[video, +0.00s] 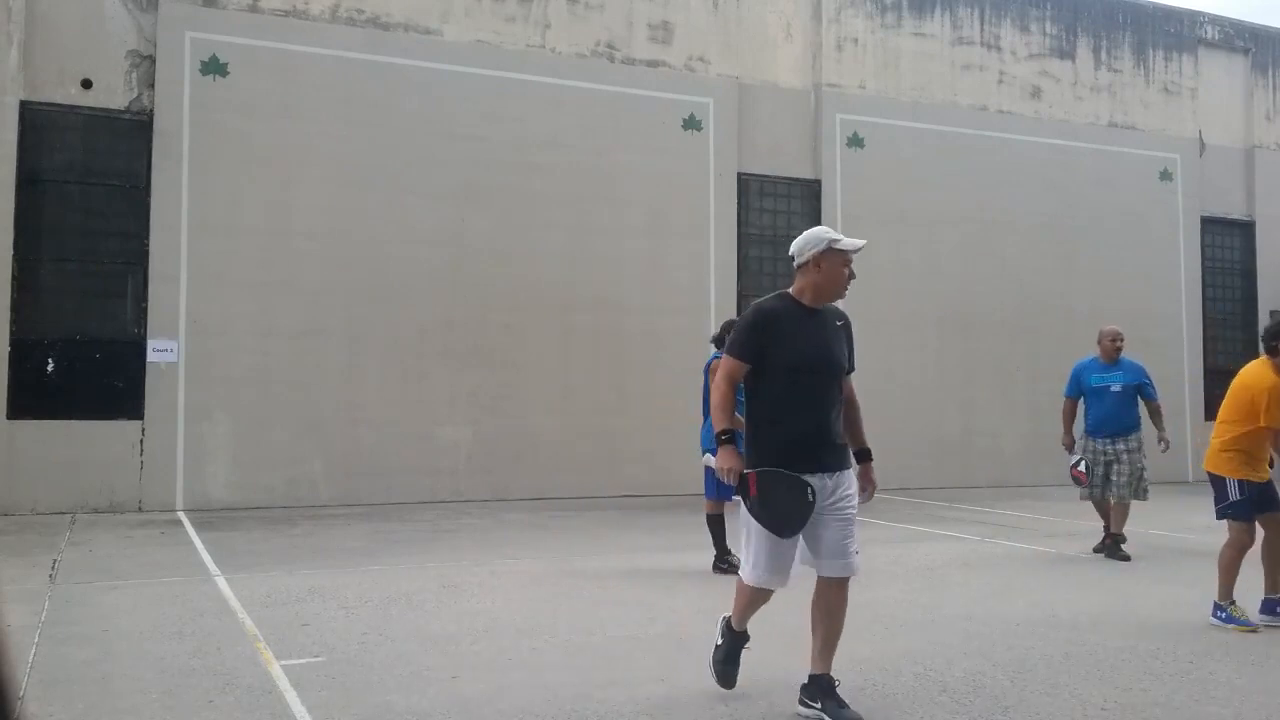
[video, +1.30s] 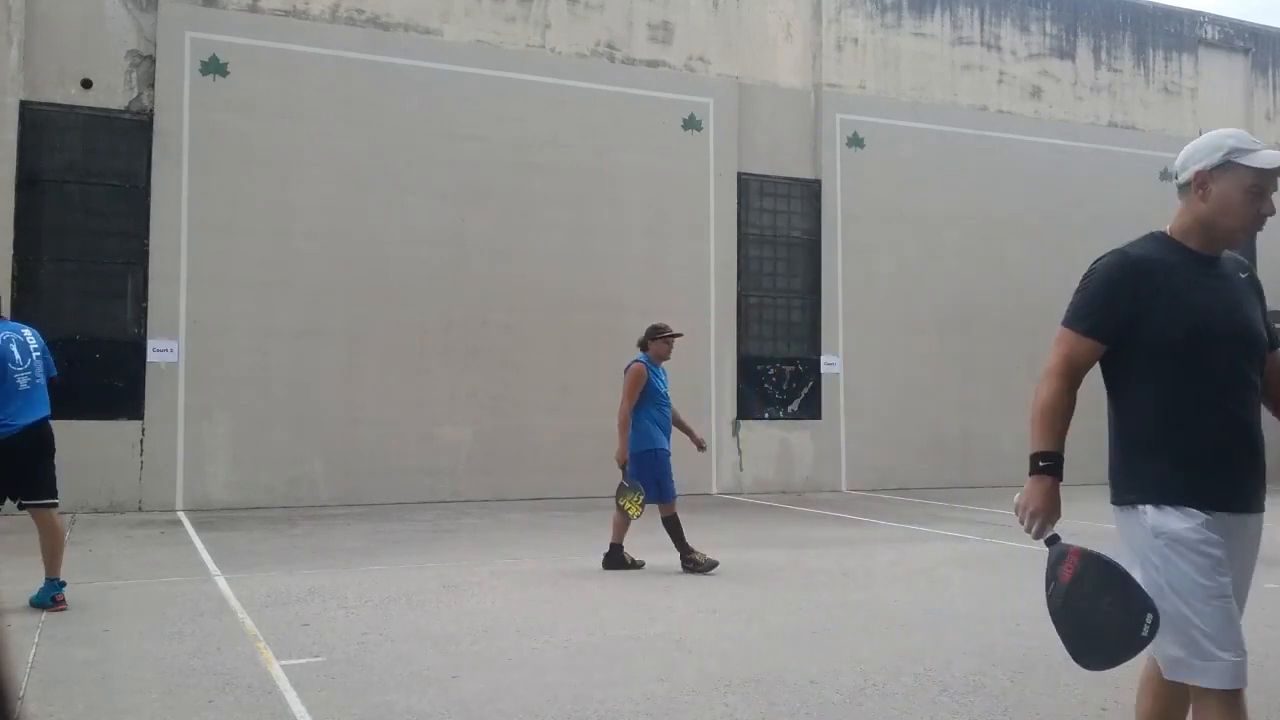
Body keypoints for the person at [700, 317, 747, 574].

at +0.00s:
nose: (745, 345)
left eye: (745, 340)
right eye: (743, 340)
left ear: (725, 336)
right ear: (733, 338)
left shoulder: (729, 364)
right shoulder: (719, 364)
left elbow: (728, 407)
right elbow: (722, 409)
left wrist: (747, 428)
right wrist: (749, 428)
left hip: (727, 439)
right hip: (717, 440)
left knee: (718, 497)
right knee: (715, 497)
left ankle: (724, 553)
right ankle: (721, 554)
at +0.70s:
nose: (740, 338)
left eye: (740, 334)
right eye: (735, 334)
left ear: (730, 339)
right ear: (720, 338)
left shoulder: (728, 366)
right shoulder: (711, 364)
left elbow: (727, 407)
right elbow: (704, 404)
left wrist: (738, 444)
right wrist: (712, 444)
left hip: (735, 447)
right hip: (717, 446)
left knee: (743, 502)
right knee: (709, 500)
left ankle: (759, 553)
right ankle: (696, 556)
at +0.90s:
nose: (718, 336)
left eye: (717, 332)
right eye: (714, 332)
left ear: (704, 337)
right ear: (699, 336)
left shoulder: (703, 363)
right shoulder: (689, 362)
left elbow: (703, 405)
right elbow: (684, 403)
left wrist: (714, 438)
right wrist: (698, 438)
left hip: (713, 441)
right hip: (693, 442)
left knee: (723, 493)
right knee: (690, 496)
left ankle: (723, 551)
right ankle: (693, 555)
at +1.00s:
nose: (706, 338)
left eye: (705, 334)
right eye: (701, 334)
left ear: (693, 339)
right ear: (686, 337)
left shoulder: (691, 364)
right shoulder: (677, 363)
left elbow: (689, 404)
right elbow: (671, 404)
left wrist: (704, 439)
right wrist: (681, 441)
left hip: (703, 442)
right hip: (686, 443)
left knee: (711, 492)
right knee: (685, 496)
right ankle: (691, 553)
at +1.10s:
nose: (694, 340)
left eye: (693, 336)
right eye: (689, 336)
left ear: (684, 341)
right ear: (673, 340)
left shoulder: (679, 366)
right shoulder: (664, 366)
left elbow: (677, 406)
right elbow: (655, 405)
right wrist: (662, 444)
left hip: (691, 443)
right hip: (678, 443)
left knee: (681, 498)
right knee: (678, 499)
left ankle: (643, 535)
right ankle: (692, 555)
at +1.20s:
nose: (682, 343)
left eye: (682, 339)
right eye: (677, 338)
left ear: (673, 343)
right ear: (661, 342)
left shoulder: (670, 368)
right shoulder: (651, 368)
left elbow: (674, 408)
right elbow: (639, 408)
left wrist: (691, 436)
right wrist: (640, 446)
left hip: (674, 445)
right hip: (663, 445)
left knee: (653, 501)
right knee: (674, 501)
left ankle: (621, 546)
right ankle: (691, 555)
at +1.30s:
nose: (671, 346)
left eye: (672, 342)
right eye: (667, 342)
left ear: (666, 346)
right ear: (652, 343)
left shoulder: (659, 370)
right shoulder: (639, 368)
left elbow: (667, 409)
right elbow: (625, 409)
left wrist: (692, 434)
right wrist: (622, 447)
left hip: (647, 445)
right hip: (649, 446)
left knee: (629, 499)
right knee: (667, 499)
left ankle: (615, 552)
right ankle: (687, 555)